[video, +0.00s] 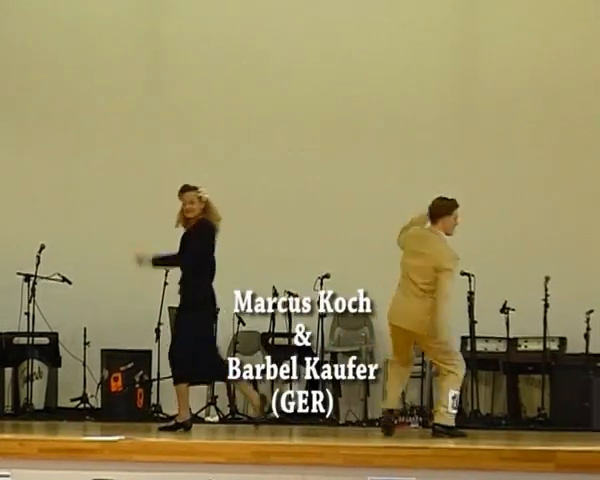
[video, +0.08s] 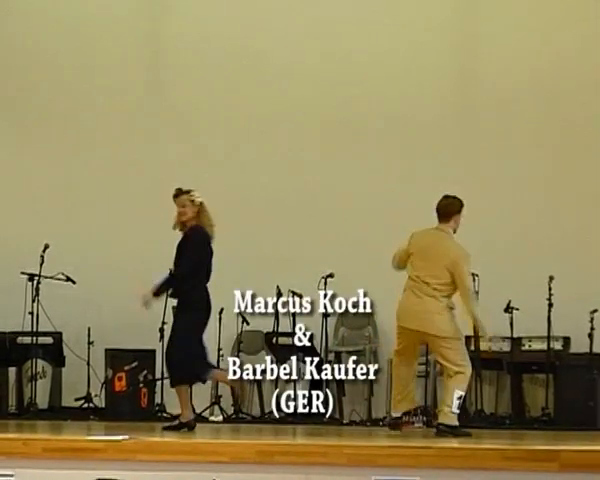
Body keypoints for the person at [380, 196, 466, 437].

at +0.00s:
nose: (457, 222)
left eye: (456, 217)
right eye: (454, 217)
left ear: (431, 218)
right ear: (443, 219)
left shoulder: (412, 237)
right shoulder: (446, 255)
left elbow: (403, 233)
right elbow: (442, 300)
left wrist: (423, 217)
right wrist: (443, 334)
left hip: (398, 316)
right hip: (425, 322)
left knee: (400, 361)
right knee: (454, 366)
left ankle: (389, 411)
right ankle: (444, 421)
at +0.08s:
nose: (461, 220)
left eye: (460, 216)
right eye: (461, 216)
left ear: (438, 215)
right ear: (456, 218)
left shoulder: (417, 238)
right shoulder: (457, 252)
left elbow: (397, 262)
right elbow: (466, 292)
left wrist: (416, 252)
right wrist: (477, 321)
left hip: (407, 314)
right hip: (437, 319)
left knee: (403, 359)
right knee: (460, 368)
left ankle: (398, 414)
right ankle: (447, 420)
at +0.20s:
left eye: (433, 205)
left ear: (431, 208)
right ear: (452, 209)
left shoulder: (416, 237)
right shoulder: (462, 241)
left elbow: (398, 276)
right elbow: (487, 270)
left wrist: (379, 303)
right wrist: (516, 269)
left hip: (414, 313)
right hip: (448, 316)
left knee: (406, 359)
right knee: (459, 368)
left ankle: (392, 406)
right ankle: (451, 420)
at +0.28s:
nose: (423, 207)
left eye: (422, 203)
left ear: (422, 205)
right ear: (444, 204)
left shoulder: (412, 236)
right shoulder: (461, 233)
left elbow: (400, 279)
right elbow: (497, 242)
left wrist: (381, 314)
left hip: (416, 309)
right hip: (450, 310)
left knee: (403, 358)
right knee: (460, 364)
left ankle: (391, 410)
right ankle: (456, 417)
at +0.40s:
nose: (406, 211)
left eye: (406, 208)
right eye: (410, 207)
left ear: (408, 208)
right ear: (428, 206)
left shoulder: (405, 241)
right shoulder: (452, 225)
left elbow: (407, 280)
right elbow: (483, 214)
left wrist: (405, 313)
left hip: (418, 308)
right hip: (448, 306)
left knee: (401, 356)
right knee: (456, 362)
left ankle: (397, 415)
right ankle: (465, 420)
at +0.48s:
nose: (396, 215)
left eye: (396, 211)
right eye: (398, 210)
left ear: (400, 212)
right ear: (419, 209)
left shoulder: (400, 244)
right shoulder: (442, 225)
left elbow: (409, 279)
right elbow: (470, 210)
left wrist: (414, 310)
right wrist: (471, 179)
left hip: (419, 311)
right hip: (446, 309)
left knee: (396, 360)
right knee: (456, 365)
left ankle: (399, 418)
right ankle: (471, 419)